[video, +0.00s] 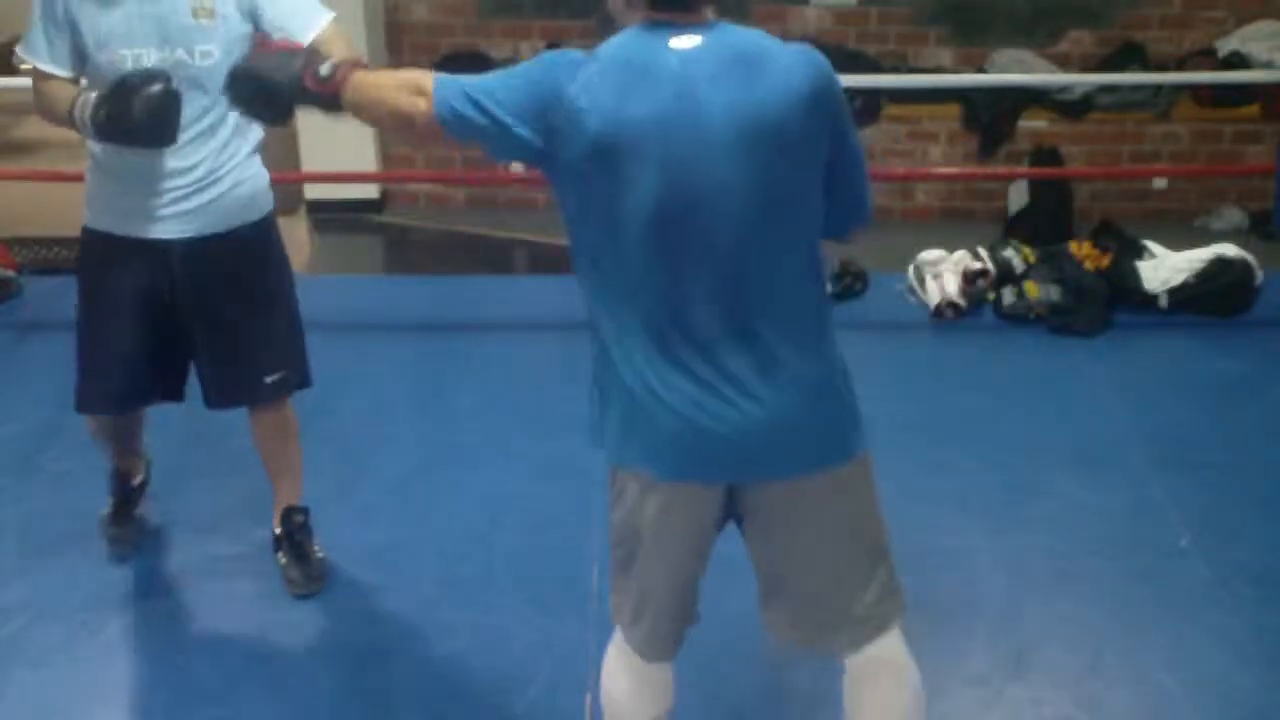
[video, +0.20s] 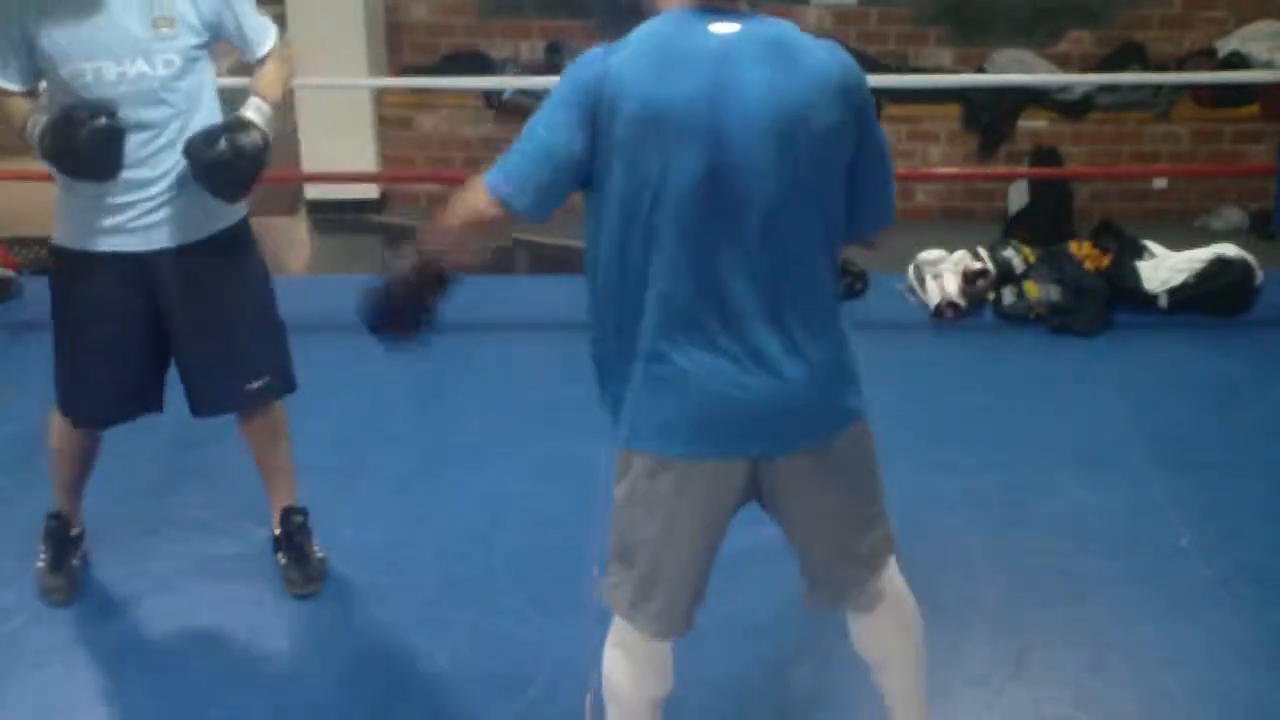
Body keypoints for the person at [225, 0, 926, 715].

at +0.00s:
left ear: (628, 0)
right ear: (722, 0)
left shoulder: (575, 84)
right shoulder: (801, 75)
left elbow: (427, 104)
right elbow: (844, 220)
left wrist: (321, 81)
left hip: (662, 432)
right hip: (805, 422)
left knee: (644, 649)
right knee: (871, 642)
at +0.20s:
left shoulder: (610, 72)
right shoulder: (829, 69)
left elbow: (489, 206)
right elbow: (867, 221)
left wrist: (421, 266)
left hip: (677, 409)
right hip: (813, 395)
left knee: (644, 627)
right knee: (873, 586)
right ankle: (910, 712)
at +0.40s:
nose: (699, 5)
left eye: (702, 2)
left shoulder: (687, 74)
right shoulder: (886, 65)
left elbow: (676, 253)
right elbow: (920, 206)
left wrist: (667, 398)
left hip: (735, 392)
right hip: (852, 378)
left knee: (675, 593)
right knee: (869, 516)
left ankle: (649, 713)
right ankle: (911, 670)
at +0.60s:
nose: (772, 5)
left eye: (776, 1)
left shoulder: (830, 76)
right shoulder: (937, 50)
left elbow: (828, 245)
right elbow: (936, 192)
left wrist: (761, 372)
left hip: (844, 375)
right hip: (924, 361)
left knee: (755, 555)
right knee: (874, 495)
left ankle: (730, 708)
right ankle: (912, 662)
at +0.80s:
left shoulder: (891, 7)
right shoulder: (993, 5)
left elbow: (912, 139)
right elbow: (1018, 55)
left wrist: (844, 239)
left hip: (903, 293)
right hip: (980, 277)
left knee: (885, 486)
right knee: (951, 454)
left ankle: (954, 680)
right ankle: (958, 611)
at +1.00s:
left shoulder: (926, 62)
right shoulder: (1013, 27)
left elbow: (919, 225)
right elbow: (1039, 149)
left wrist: (836, 283)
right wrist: (893, 179)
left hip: (963, 347)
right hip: (1017, 323)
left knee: (970, 534)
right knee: (999, 496)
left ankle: (1093, 683)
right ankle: (1038, 632)